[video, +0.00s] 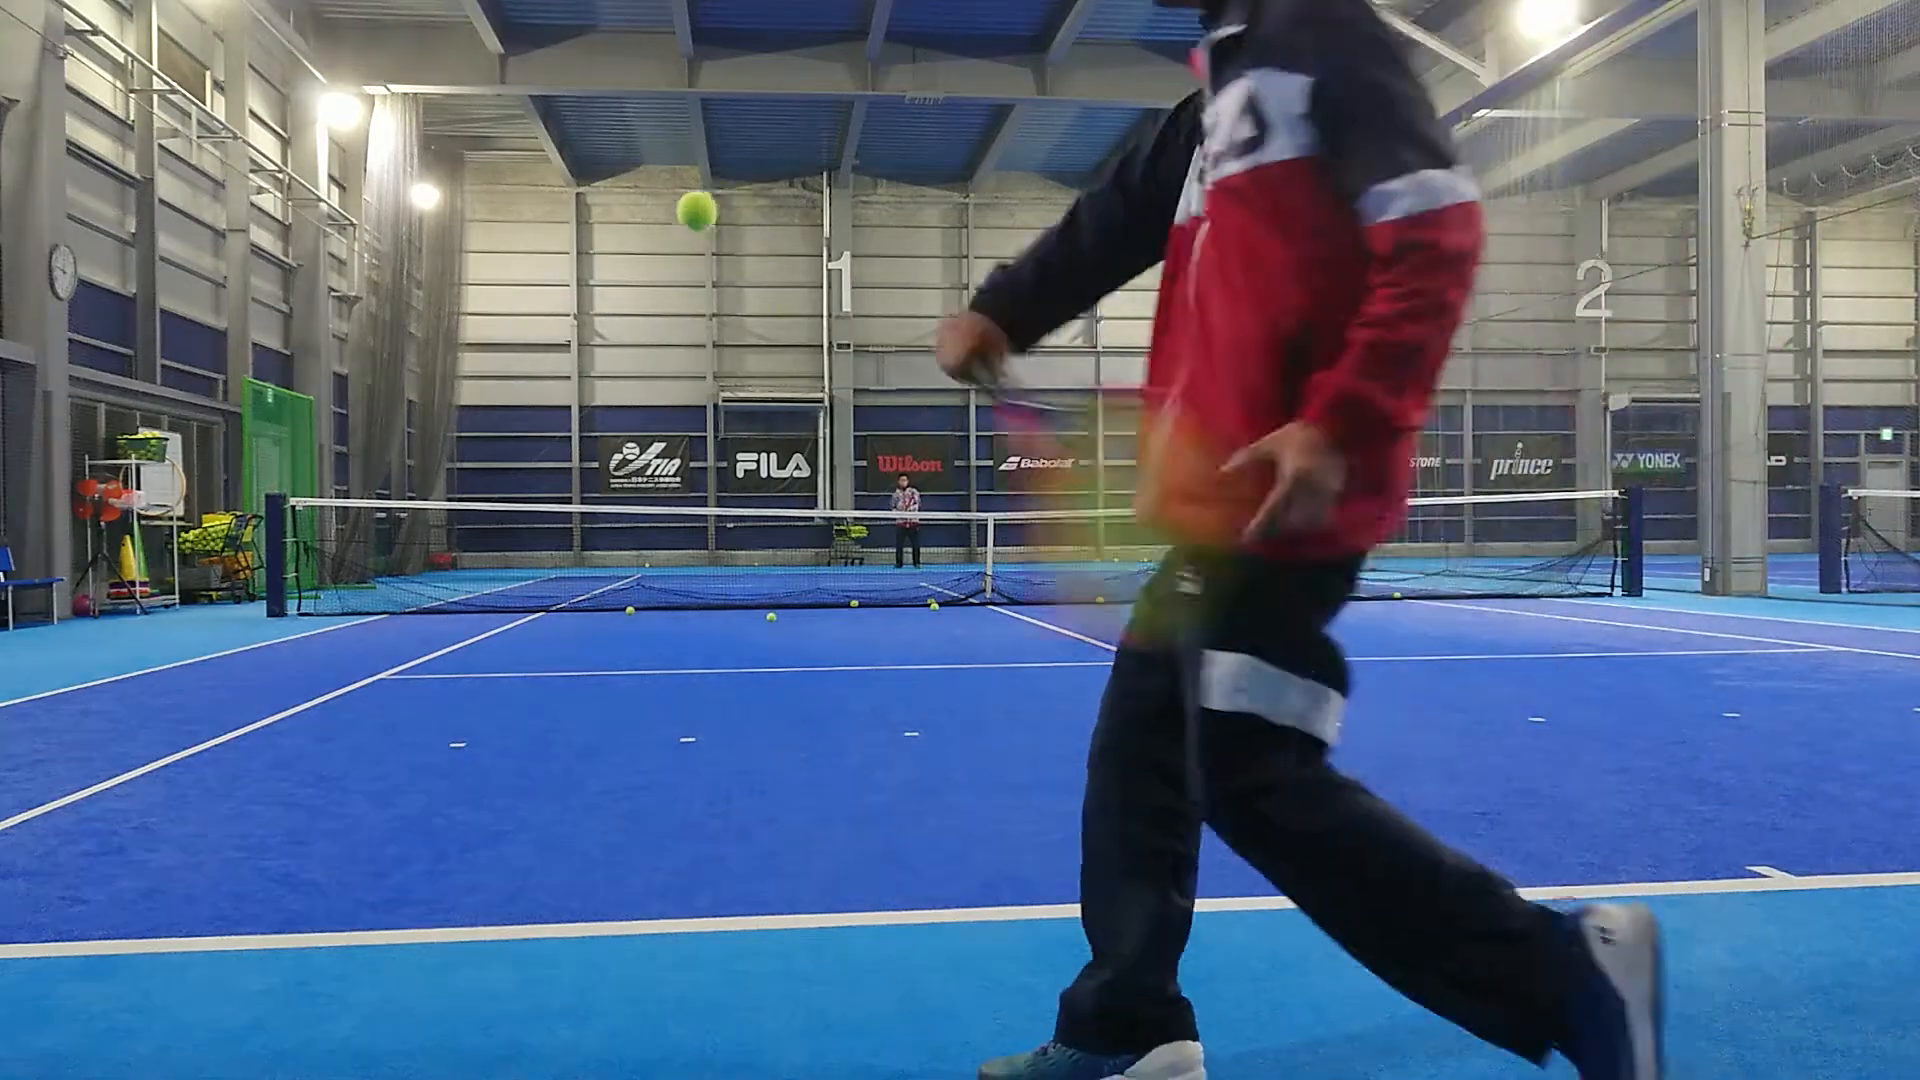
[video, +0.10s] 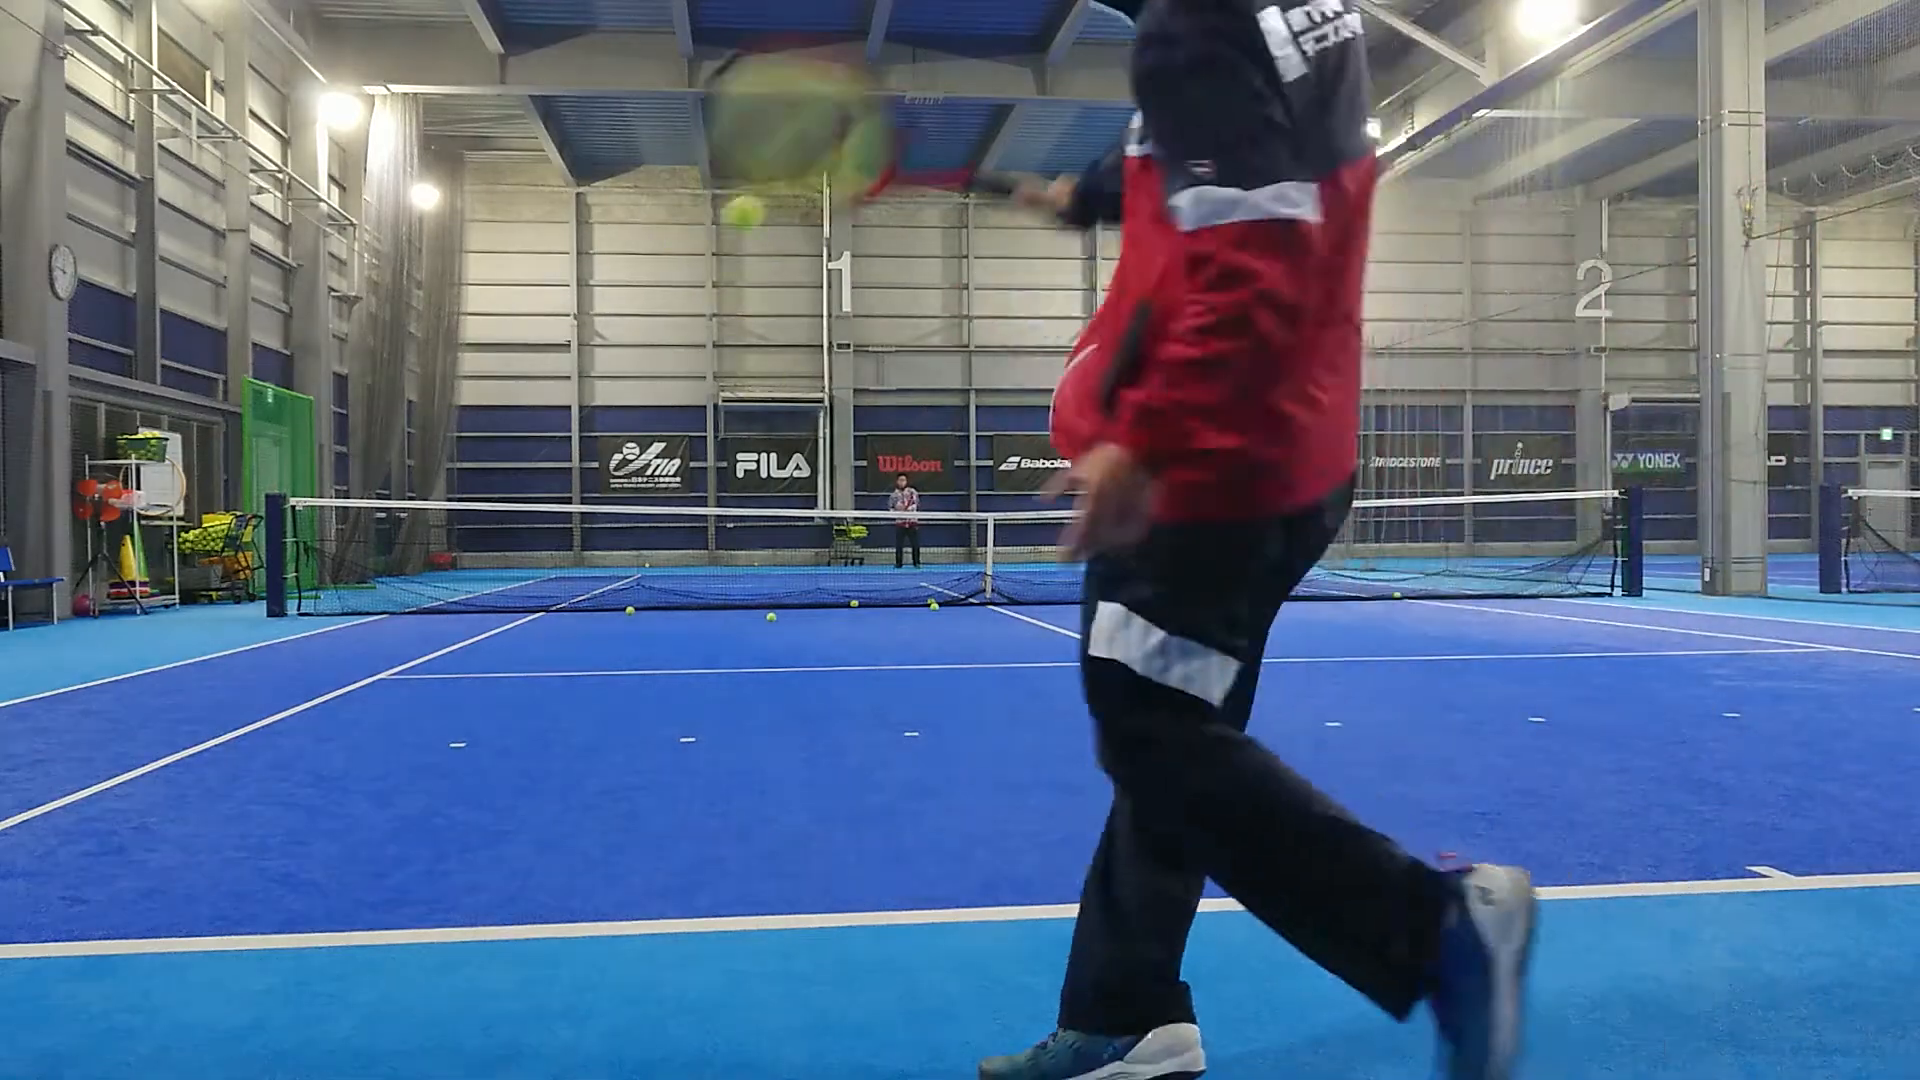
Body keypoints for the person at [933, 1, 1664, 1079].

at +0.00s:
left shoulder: (1332, 41)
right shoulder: (1209, 101)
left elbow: (1437, 233)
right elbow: (1111, 216)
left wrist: (1338, 428)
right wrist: (1004, 311)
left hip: (1294, 504)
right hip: (1216, 503)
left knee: (1253, 774)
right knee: (1139, 753)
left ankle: (1570, 976)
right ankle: (1127, 1027)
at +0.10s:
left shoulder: (1191, 37)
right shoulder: (1307, 17)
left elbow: (1253, 265)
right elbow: (1224, 188)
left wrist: (1142, 440)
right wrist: (1097, 196)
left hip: (1214, 457)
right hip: (1285, 451)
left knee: (1147, 731)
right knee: (1177, 733)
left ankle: (1438, 930)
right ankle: (1125, 1017)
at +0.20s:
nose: (1045, 15)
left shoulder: (1137, 21)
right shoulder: (1244, 15)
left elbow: (1175, 243)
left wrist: (1006, 394)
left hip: (1185, 447)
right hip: (1259, 435)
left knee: (1060, 702)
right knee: (1173, 728)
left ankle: (1295, 955)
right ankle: (1122, 1021)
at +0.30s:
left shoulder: (1092, 27)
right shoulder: (1238, 11)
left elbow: (1109, 237)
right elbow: (1381, 16)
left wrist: (947, 360)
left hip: (1160, 433)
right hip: (1251, 423)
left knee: (1025, 709)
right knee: (1156, 724)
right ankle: (1136, 1005)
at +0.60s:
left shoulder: (1032, 17)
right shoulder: (1302, 11)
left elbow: (948, 199)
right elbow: (1488, 65)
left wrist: (829, 359)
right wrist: (1663, 55)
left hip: (1131, 439)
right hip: (1303, 432)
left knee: (1052, 754)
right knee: (1236, 727)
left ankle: (1025, 1058)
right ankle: (1255, 1011)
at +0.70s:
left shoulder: (1066, 14)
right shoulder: (1345, 9)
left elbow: (975, 189)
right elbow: (1531, 71)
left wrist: (885, 336)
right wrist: (1729, 103)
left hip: (1143, 446)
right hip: (1330, 439)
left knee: (1082, 764)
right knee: (1327, 720)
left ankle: (1030, 1061)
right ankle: (1396, 1029)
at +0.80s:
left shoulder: (1129, 14)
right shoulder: (1409, 17)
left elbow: (1044, 193)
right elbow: (1594, 91)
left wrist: (978, 331)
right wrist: (1803, 141)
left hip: (1179, 457)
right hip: (1380, 457)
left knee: (1115, 771)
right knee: (1438, 760)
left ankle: (1035, 1057)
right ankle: (1499, 1049)